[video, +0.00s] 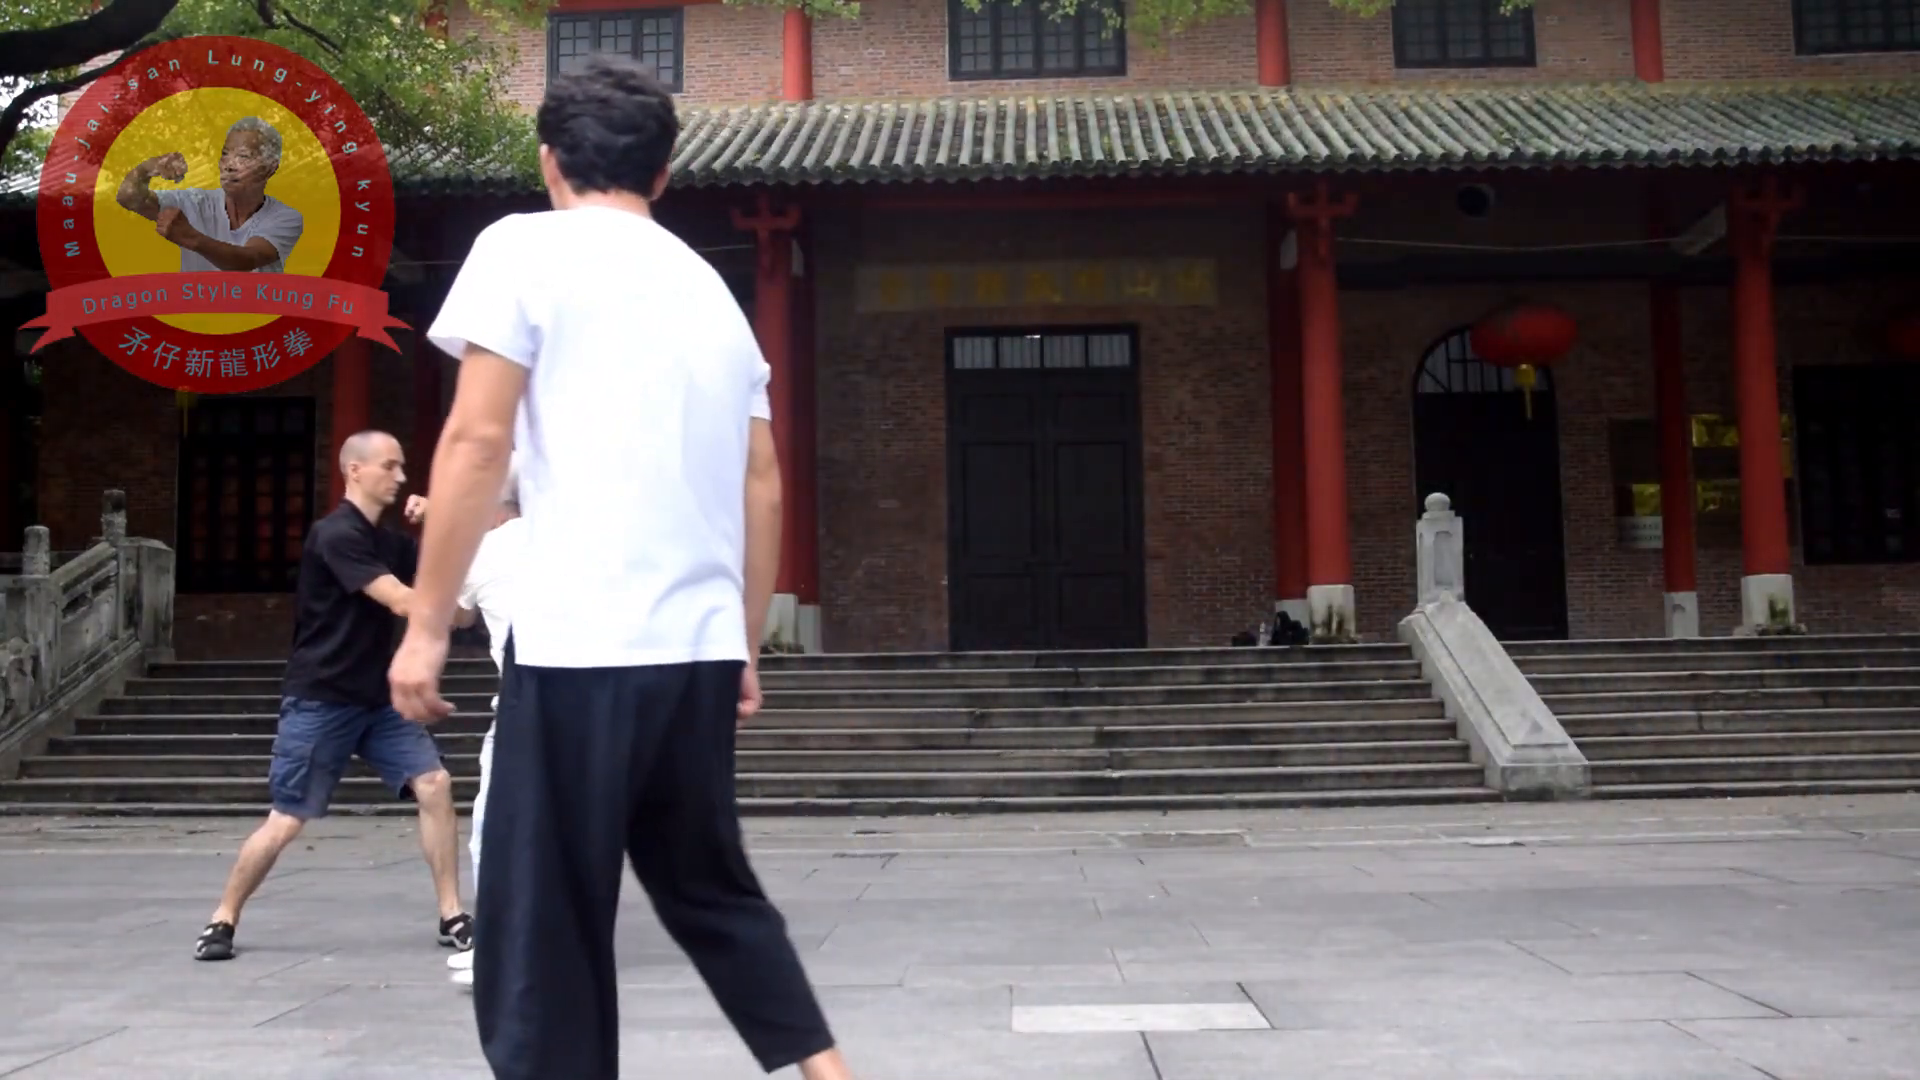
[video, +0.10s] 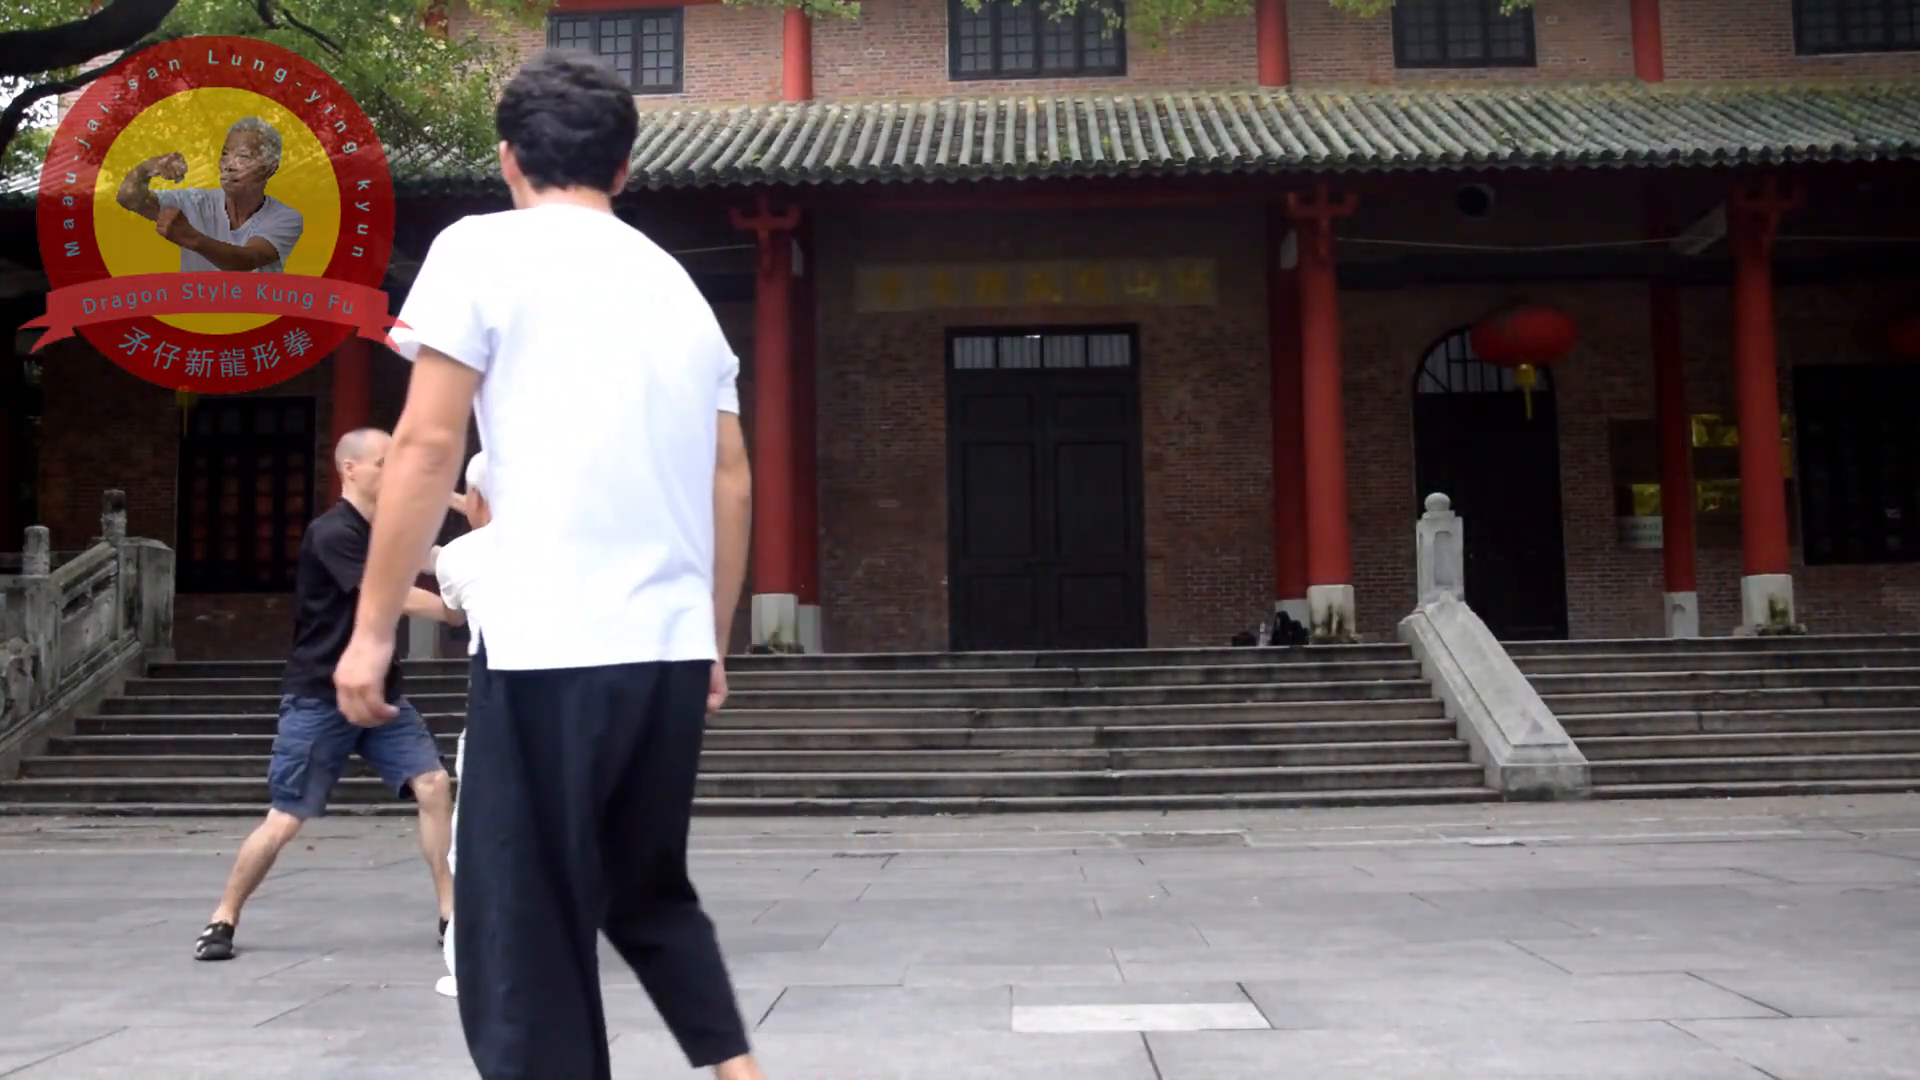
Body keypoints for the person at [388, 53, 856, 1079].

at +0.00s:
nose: (539, 165)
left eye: (540, 153)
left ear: (553, 161)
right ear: (661, 176)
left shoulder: (524, 247)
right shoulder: (713, 291)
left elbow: (481, 441)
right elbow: (764, 480)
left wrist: (428, 623)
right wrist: (745, 639)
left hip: (574, 656)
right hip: (701, 653)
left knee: (544, 916)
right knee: (710, 883)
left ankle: (553, 1074)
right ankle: (821, 1064)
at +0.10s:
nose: (499, 164)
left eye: (500, 152)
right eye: (507, 151)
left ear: (512, 160)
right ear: (620, 169)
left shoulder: (483, 247)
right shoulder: (679, 288)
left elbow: (427, 446)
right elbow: (731, 476)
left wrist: (372, 628)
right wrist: (714, 636)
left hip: (548, 656)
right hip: (672, 651)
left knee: (522, 924)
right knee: (648, 887)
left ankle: (549, 1076)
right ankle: (735, 1064)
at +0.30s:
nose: (443, 170)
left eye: (443, 158)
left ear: (450, 165)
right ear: (561, 170)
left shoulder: (426, 254)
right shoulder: (626, 292)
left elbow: (368, 450)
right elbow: (683, 476)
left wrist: (314, 637)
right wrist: (683, 640)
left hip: (493, 661)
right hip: (618, 661)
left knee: (497, 949)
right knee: (552, 941)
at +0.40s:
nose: (420, 184)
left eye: (420, 171)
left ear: (427, 175)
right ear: (538, 179)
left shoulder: (410, 260)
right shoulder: (601, 303)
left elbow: (349, 453)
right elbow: (658, 480)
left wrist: (302, 643)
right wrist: (665, 644)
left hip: (464, 662)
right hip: (587, 661)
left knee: (486, 939)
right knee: (518, 924)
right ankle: (474, 1068)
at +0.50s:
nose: (396, 194)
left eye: (397, 181)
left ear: (402, 186)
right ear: (515, 193)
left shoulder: (385, 273)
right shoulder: (576, 320)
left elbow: (330, 456)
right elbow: (628, 489)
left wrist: (284, 649)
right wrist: (635, 654)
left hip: (434, 672)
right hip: (556, 673)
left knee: (474, 943)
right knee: (453, 932)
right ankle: (404, 1065)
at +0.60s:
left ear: (378, 194)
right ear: (494, 206)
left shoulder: (358, 290)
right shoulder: (546, 336)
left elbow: (308, 463)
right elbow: (594, 505)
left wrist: (259, 652)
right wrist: (595, 665)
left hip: (402, 677)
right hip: (518, 679)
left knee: (447, 948)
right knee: (428, 946)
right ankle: (385, 1076)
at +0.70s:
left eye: (350, 191)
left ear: (361, 194)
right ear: (471, 215)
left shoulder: (331, 284)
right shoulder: (514, 337)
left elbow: (285, 453)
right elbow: (557, 505)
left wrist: (232, 637)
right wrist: (551, 667)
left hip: (377, 669)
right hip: (488, 673)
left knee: (405, 933)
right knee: (421, 927)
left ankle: (494, 1069)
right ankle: (379, 1078)